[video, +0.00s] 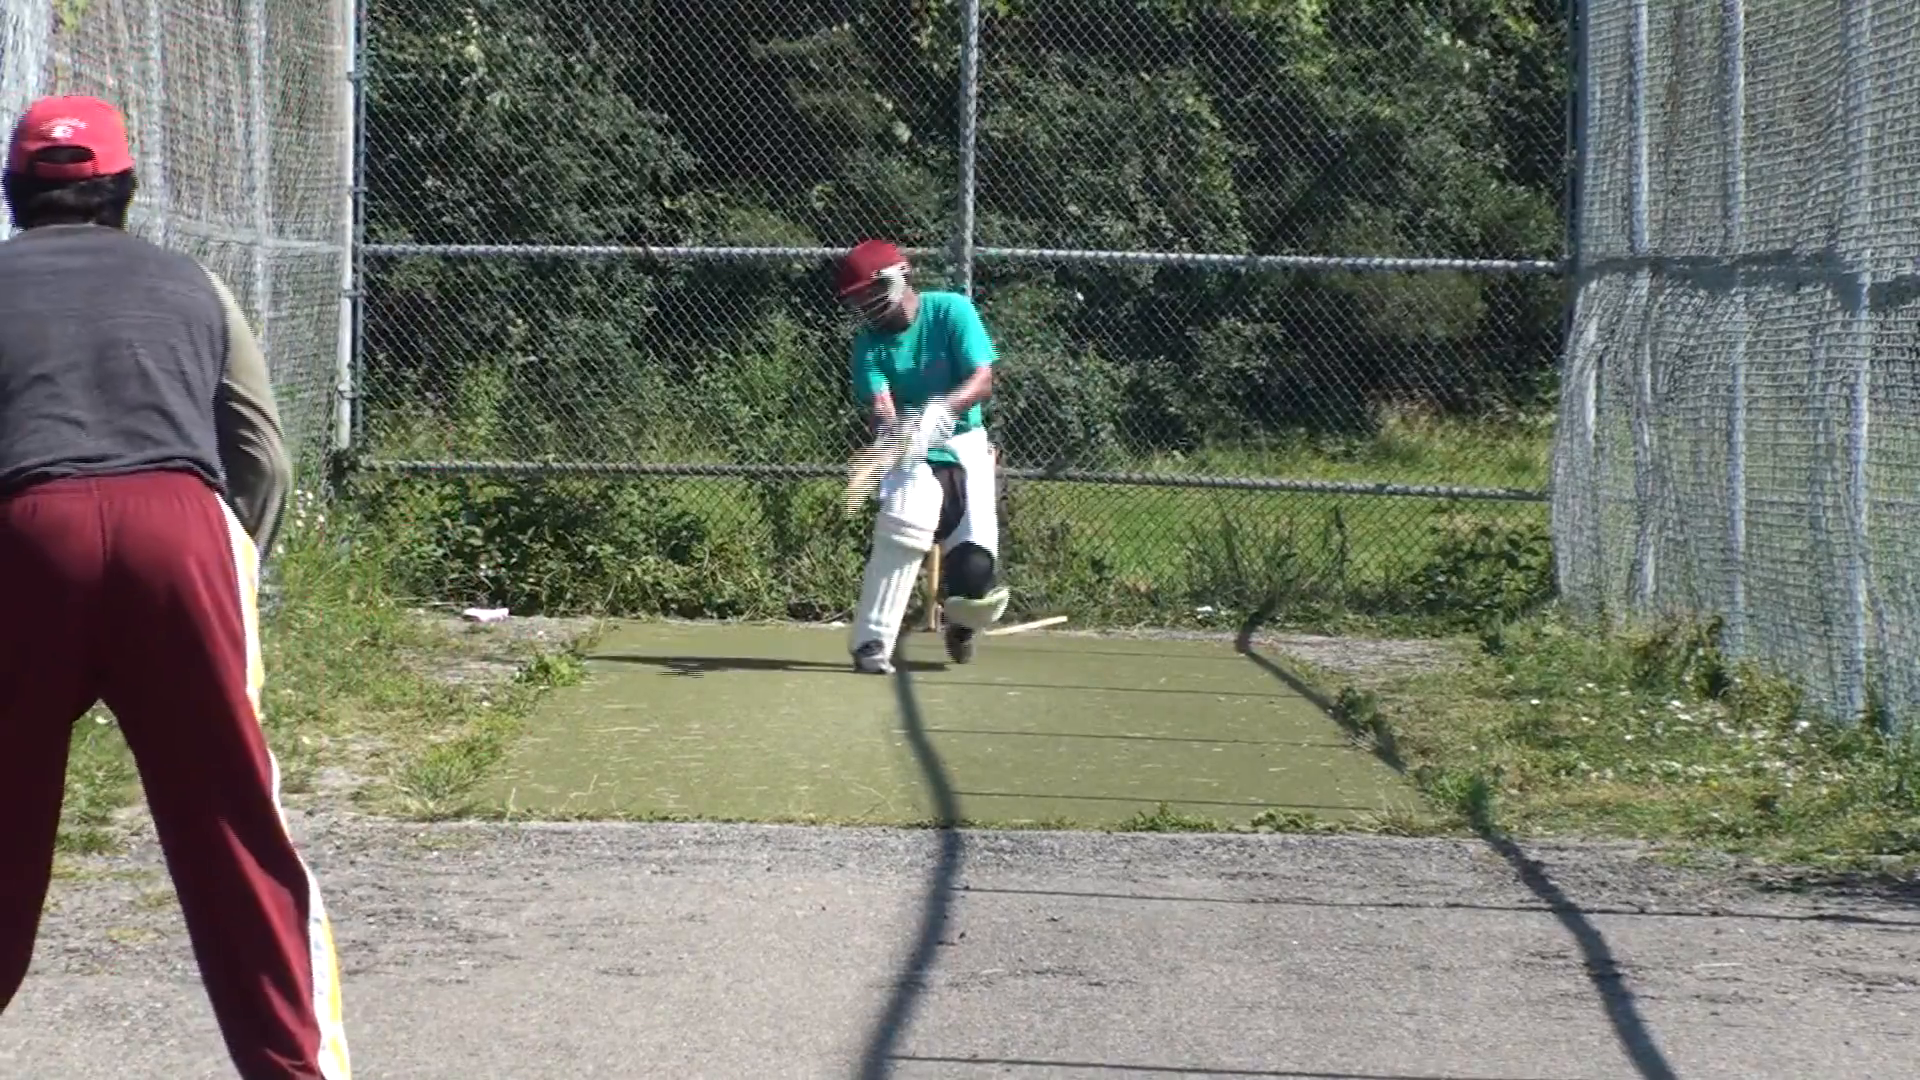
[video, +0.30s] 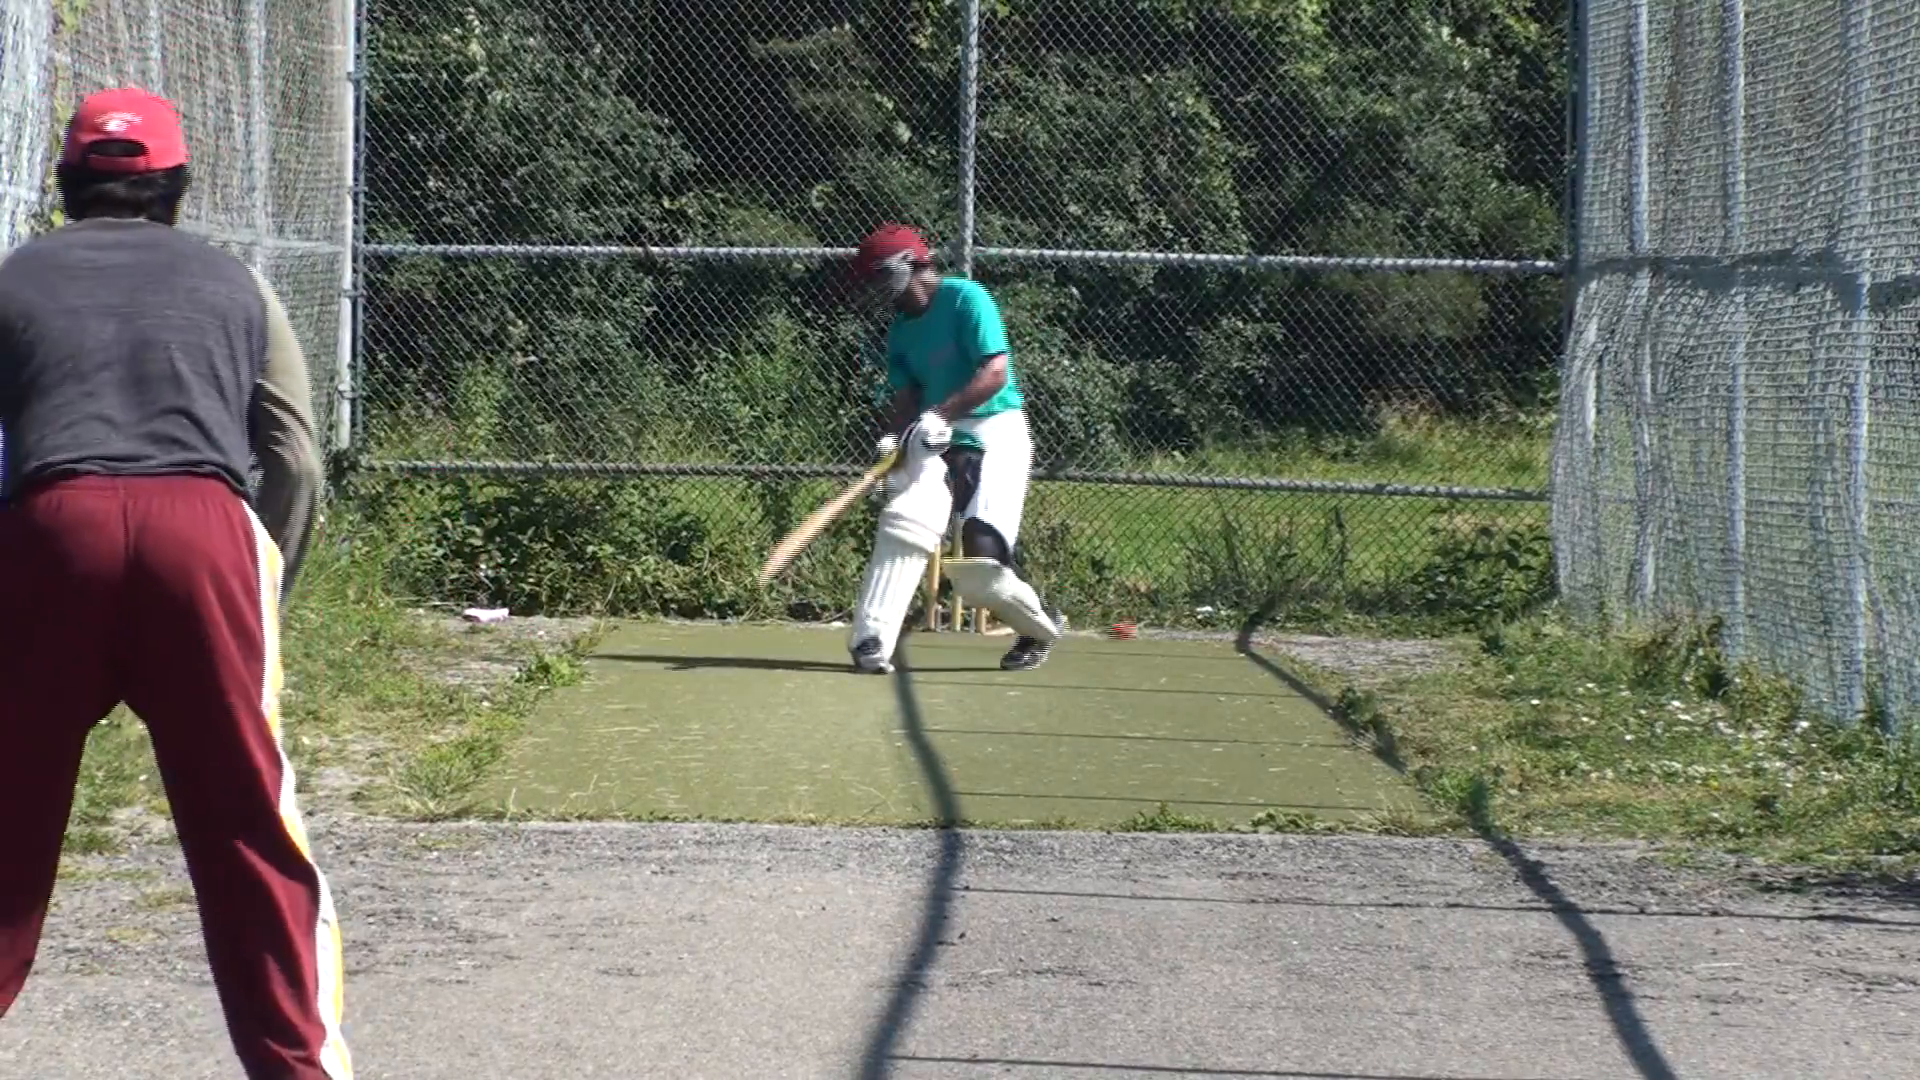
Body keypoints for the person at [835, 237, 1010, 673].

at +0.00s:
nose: (871, 309)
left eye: (876, 296)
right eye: (861, 304)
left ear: (901, 279)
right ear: (854, 303)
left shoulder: (953, 310)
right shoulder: (868, 342)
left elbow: (982, 379)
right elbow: (880, 406)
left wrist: (941, 410)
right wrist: (893, 432)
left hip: (966, 446)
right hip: (910, 451)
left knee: (974, 570)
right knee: (901, 535)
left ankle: (960, 625)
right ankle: (874, 641)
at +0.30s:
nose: (884, 290)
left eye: (889, 278)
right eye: (878, 283)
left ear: (916, 265)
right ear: (883, 283)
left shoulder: (968, 298)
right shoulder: (900, 330)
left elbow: (995, 372)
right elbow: (906, 398)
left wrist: (942, 413)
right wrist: (897, 436)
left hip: (995, 430)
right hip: (934, 436)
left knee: (981, 549)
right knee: (902, 528)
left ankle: (1038, 629)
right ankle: (874, 639)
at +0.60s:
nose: (966, 238)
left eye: (970, 228)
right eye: (967, 228)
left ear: (986, 228)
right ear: (1013, 230)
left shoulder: (1000, 265)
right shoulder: (1035, 272)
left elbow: (1007, 336)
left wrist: (969, 392)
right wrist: (985, 402)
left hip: (1036, 415)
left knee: (988, 528)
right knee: (931, 490)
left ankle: (1055, 644)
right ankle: (940, 632)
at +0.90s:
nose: (996, 234)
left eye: (1004, 223)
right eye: (996, 223)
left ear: (1029, 226)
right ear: (1042, 229)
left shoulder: (1036, 269)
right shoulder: (1064, 270)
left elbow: (1050, 343)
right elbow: (1089, 350)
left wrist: (1017, 391)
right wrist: (1031, 398)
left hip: (1072, 409)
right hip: (1094, 407)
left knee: (1007, 518)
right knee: (1039, 517)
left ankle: (1055, 643)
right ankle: (1077, 628)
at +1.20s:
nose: (1064, 217)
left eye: (1074, 207)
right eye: (1051, 211)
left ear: (1092, 208)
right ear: (1038, 219)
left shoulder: (1113, 259)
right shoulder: (1053, 272)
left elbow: (1137, 333)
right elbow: (1073, 341)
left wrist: (1099, 391)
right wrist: (1073, 410)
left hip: (1132, 392)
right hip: (1084, 394)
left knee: (1098, 504)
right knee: (1053, 519)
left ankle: (1122, 639)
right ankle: (1068, 636)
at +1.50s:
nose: (1128, 221)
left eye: (1138, 210)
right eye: (1116, 213)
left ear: (1156, 214)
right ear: (1103, 220)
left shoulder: (1179, 272)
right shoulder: (1093, 273)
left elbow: (1200, 350)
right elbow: (1080, 341)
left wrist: (1177, 417)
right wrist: (1050, 403)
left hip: (1174, 400)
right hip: (1115, 400)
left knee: (1166, 522)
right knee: (1072, 507)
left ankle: (1178, 641)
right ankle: (1078, 637)